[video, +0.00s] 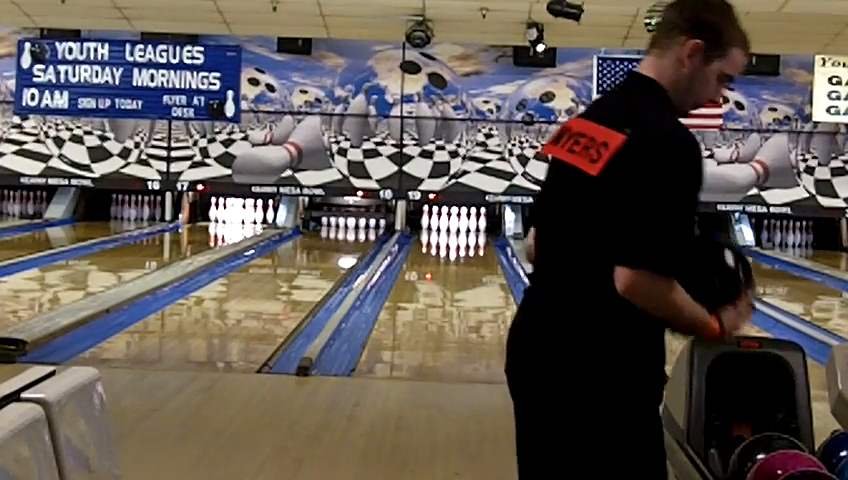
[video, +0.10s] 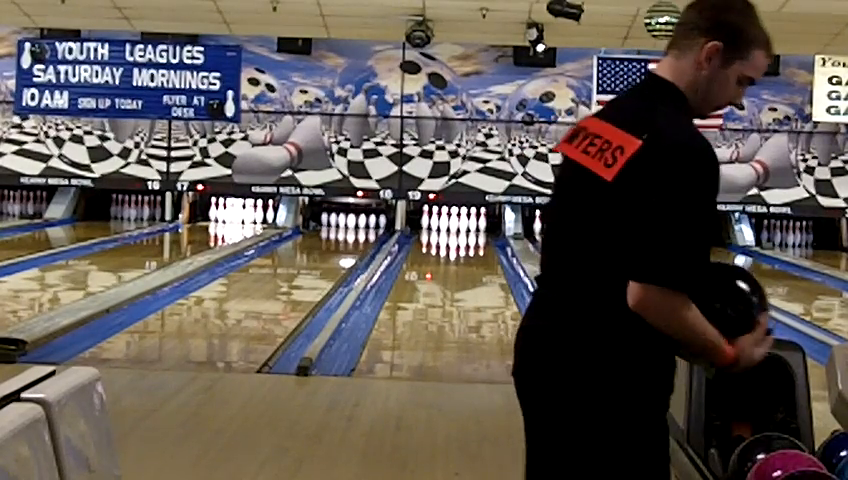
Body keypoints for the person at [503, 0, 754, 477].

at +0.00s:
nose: (720, 96)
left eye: (728, 84)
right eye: (723, 79)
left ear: (683, 51)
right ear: (691, 52)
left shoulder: (593, 114)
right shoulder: (669, 142)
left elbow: (539, 245)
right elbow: (637, 278)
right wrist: (710, 326)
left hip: (542, 340)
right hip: (611, 358)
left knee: (549, 477)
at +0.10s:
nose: (739, 100)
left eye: (749, 87)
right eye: (743, 81)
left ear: (703, 52)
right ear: (710, 55)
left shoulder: (608, 115)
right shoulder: (685, 151)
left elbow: (573, 242)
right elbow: (651, 294)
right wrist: (727, 354)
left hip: (551, 347)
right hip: (618, 368)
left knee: (556, 478)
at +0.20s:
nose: (752, 102)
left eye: (763, 89)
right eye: (756, 83)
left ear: (717, 53)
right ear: (722, 55)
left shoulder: (637, 110)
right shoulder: (681, 143)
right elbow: (656, 292)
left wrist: (733, 279)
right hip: (614, 375)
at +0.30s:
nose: (766, 99)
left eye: (776, 87)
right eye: (768, 81)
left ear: (728, 50)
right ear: (732, 53)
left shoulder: (657, 106)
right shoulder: (678, 131)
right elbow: (660, 288)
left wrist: (718, 183)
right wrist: (752, 229)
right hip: (612, 373)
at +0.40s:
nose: (774, 96)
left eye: (784, 84)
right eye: (776, 78)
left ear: (733, 49)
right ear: (736, 49)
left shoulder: (667, 108)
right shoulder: (679, 128)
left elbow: (661, 251)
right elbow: (632, 286)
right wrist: (750, 267)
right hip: (614, 366)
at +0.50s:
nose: (777, 94)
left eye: (787, 82)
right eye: (779, 76)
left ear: (737, 48)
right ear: (740, 48)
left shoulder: (670, 107)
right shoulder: (682, 129)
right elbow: (612, 282)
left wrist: (729, 299)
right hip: (619, 363)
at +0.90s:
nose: (792, 81)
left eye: (800, 66)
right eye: (791, 62)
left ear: (743, 43)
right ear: (747, 42)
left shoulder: (688, 111)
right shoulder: (689, 128)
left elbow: (696, 256)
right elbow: (602, 275)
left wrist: (793, 304)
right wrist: (702, 355)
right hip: (625, 369)